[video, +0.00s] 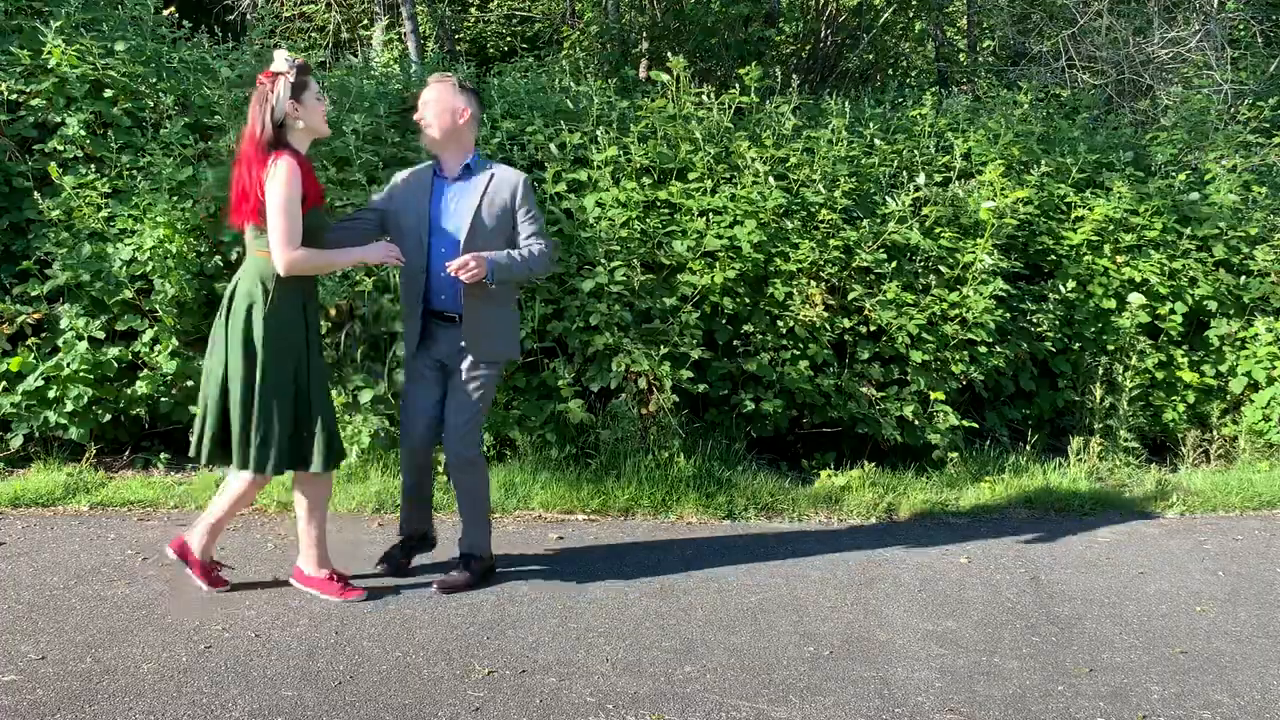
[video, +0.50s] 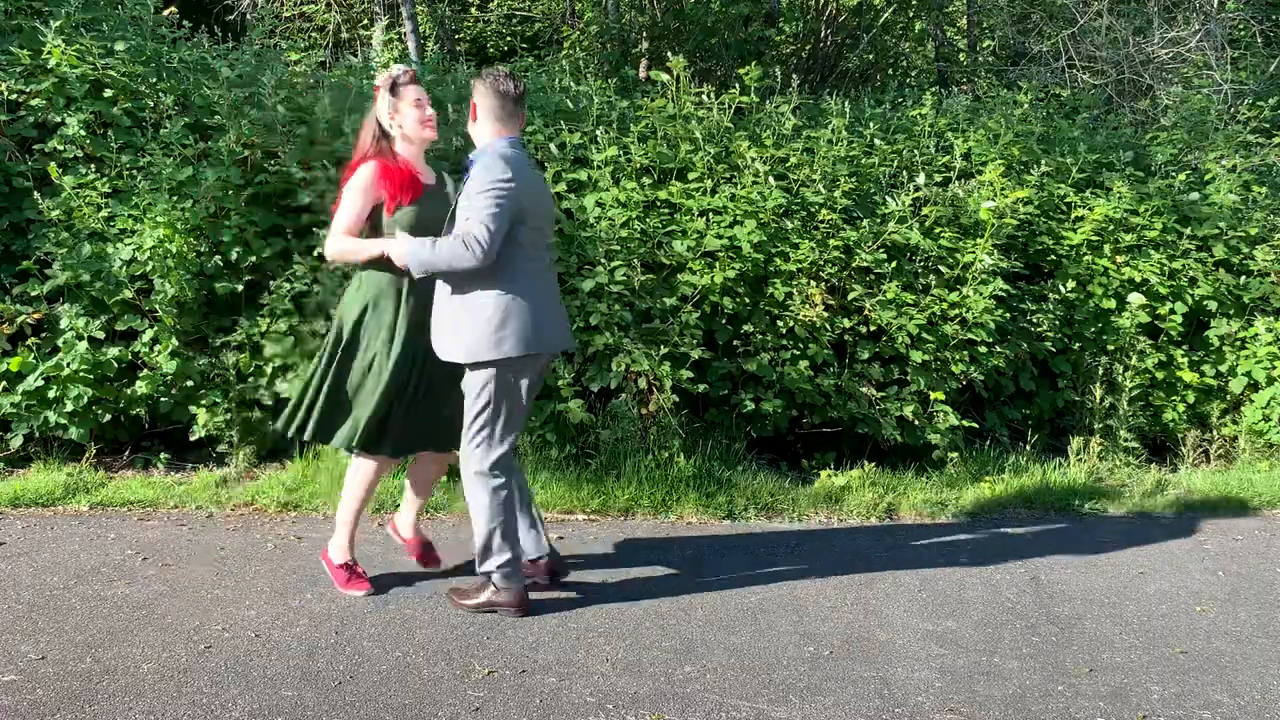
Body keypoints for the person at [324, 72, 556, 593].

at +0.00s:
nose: (416, 117)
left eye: (425, 107)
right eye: (417, 109)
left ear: (463, 114)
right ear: (445, 118)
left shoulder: (509, 184)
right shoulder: (407, 185)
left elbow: (540, 254)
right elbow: (349, 231)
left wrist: (492, 263)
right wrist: (291, 234)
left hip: (481, 335)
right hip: (425, 331)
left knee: (460, 442)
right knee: (415, 437)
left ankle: (476, 556)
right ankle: (415, 534)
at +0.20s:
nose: (431, 127)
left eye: (439, 118)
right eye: (434, 118)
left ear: (466, 126)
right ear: (470, 128)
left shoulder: (516, 188)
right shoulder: (439, 200)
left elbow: (542, 261)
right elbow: (396, 245)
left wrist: (468, 265)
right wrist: (334, 249)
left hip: (494, 344)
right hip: (452, 343)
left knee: (447, 443)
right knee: (442, 445)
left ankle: (498, 563)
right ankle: (472, 540)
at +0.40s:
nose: (455, 122)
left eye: (458, 112)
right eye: (460, 112)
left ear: (469, 114)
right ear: (506, 120)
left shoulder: (504, 176)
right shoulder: (488, 174)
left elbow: (499, 251)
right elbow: (477, 249)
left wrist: (420, 255)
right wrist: (419, 253)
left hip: (509, 344)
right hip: (492, 343)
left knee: (480, 455)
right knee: (473, 449)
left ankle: (506, 582)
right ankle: (487, 548)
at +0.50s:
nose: (461, 118)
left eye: (463, 111)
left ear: (473, 114)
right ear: (521, 117)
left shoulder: (493, 167)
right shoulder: (527, 171)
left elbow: (475, 247)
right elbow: (495, 246)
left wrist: (406, 251)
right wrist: (423, 249)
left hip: (499, 339)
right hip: (531, 335)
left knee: (484, 458)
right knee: (492, 451)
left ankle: (505, 581)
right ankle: (533, 558)